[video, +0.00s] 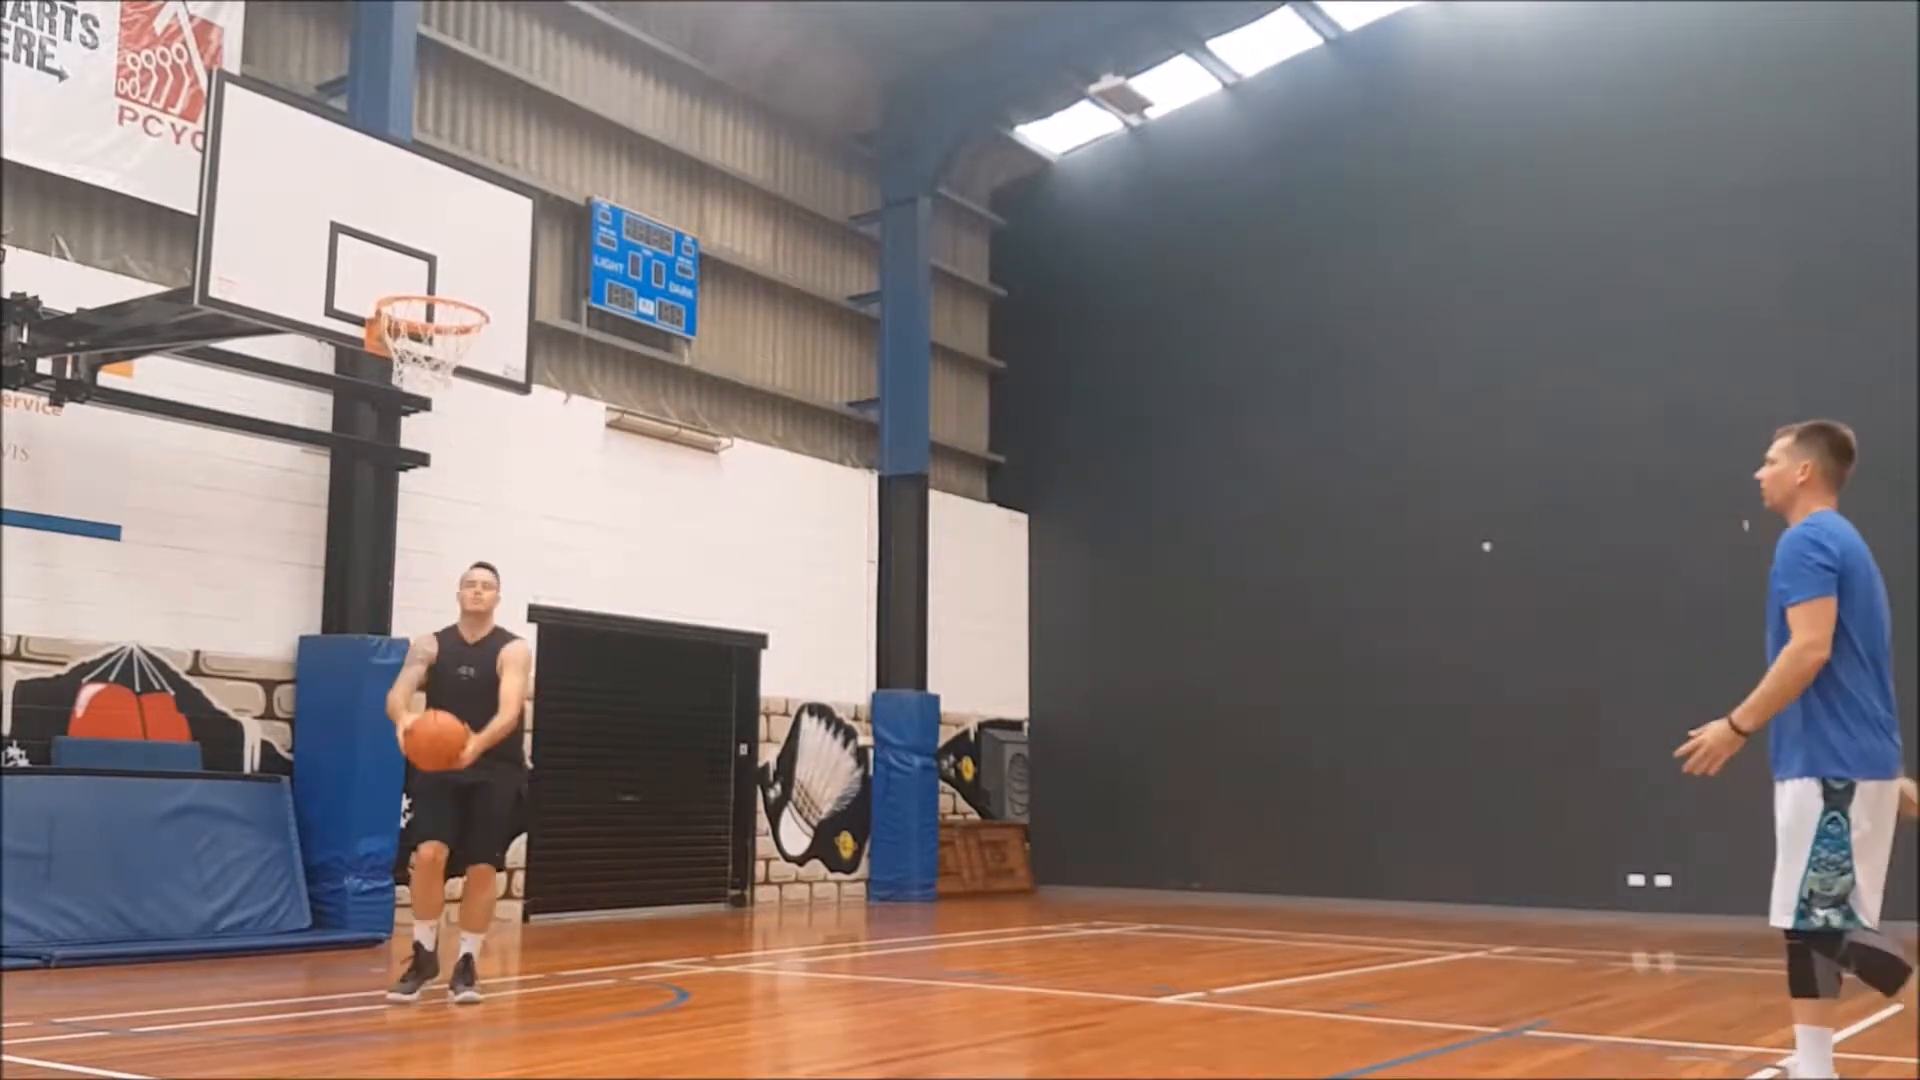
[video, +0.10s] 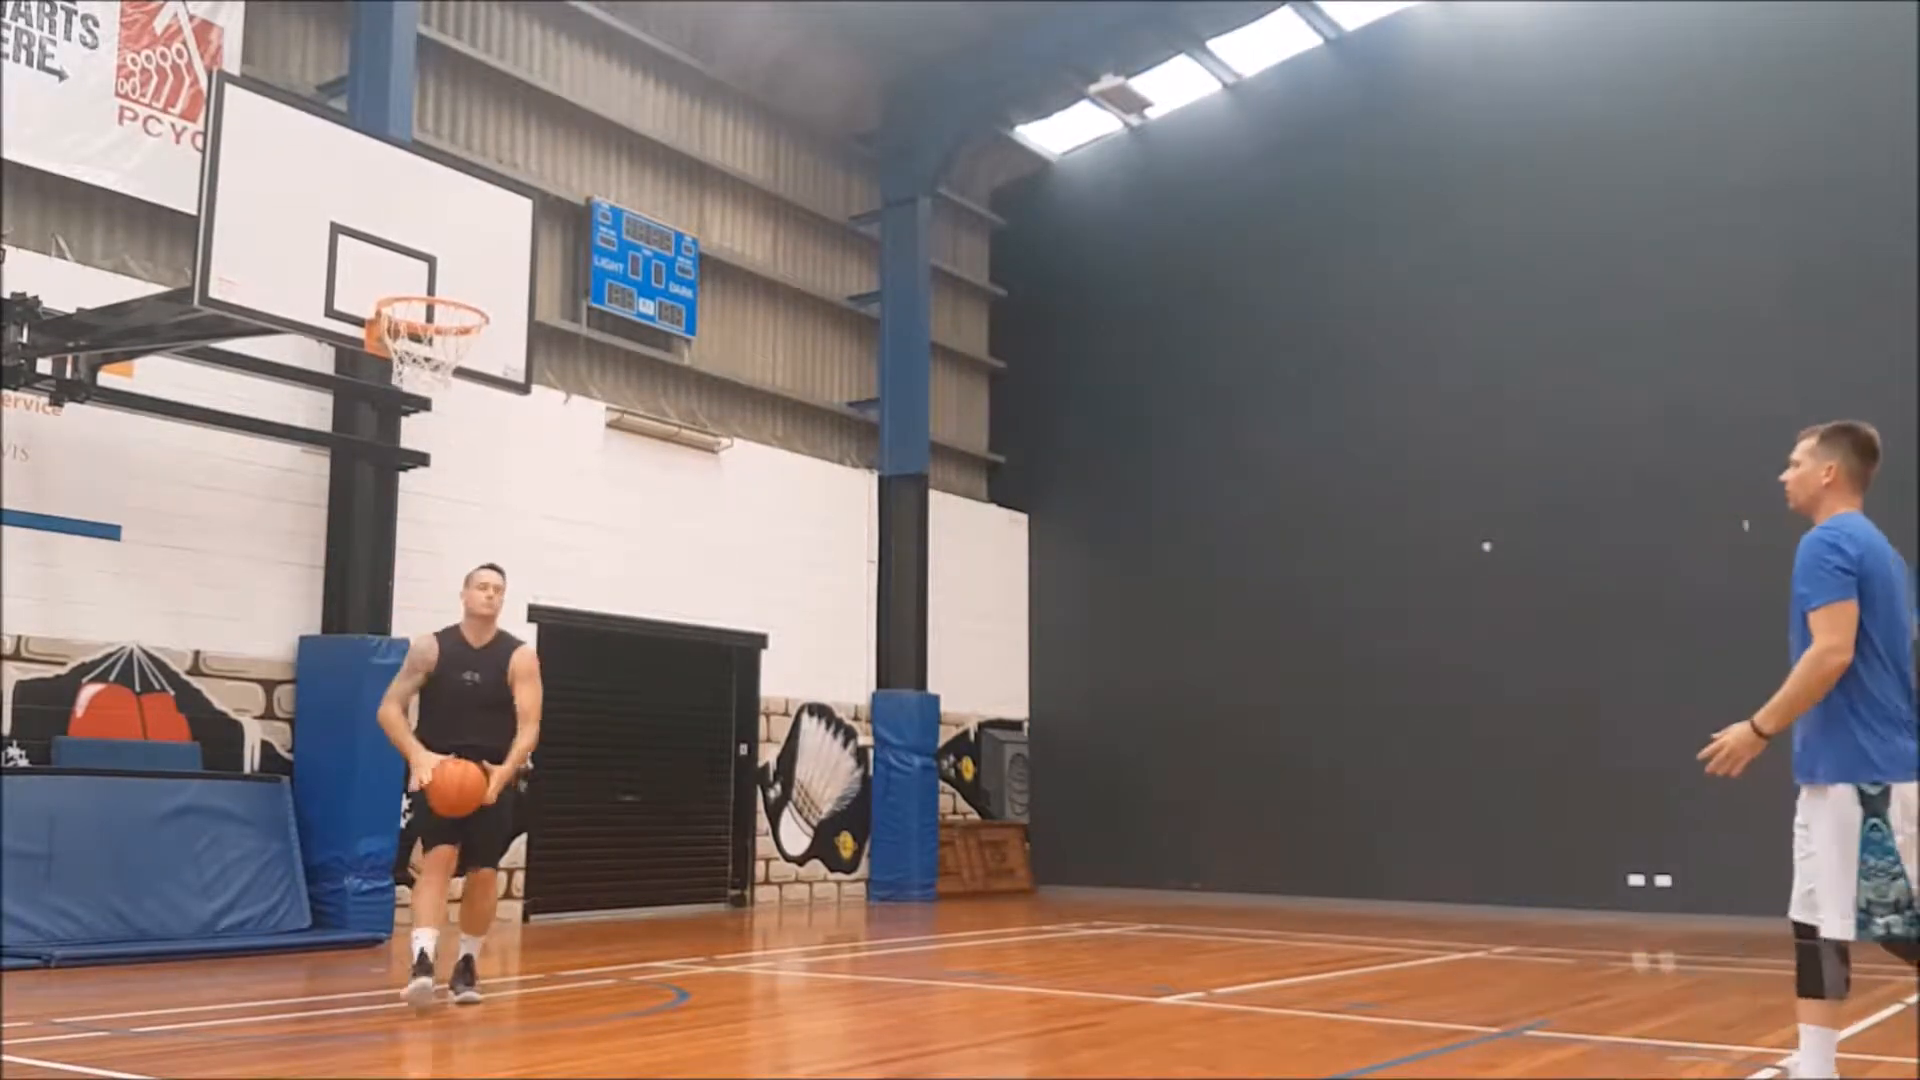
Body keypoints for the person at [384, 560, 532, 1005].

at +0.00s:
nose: (477, 593)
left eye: (486, 587)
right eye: (470, 586)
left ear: (498, 597)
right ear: (458, 593)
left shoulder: (513, 650)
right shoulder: (429, 645)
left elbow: (510, 712)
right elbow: (398, 695)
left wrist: (476, 744)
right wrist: (404, 720)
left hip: (495, 768)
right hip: (437, 765)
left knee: (481, 864)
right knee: (429, 853)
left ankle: (466, 966)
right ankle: (423, 957)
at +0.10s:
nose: (489, 595)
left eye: (496, 590)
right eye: (481, 587)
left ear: (504, 600)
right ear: (464, 595)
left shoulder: (519, 656)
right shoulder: (430, 648)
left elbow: (529, 725)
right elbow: (389, 709)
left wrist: (505, 772)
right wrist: (416, 755)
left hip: (495, 774)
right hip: (436, 770)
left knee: (483, 870)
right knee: (440, 854)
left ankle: (467, 966)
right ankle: (423, 966)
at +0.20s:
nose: (499, 600)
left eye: (504, 595)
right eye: (489, 592)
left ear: (508, 605)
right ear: (467, 599)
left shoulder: (522, 660)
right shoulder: (436, 652)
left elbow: (546, 725)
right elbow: (386, 711)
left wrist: (530, 768)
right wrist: (438, 757)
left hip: (495, 779)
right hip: (438, 776)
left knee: (484, 876)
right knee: (444, 863)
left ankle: (465, 968)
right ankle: (434, 975)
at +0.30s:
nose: (498, 604)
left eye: (503, 598)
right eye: (489, 596)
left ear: (507, 607)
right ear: (464, 602)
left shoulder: (517, 662)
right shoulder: (439, 650)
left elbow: (559, 716)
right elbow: (421, 695)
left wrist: (560, 731)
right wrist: (479, 728)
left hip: (479, 780)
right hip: (429, 776)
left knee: (484, 880)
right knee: (451, 861)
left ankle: (464, 965)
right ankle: (436, 979)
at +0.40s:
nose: (492, 606)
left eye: (495, 599)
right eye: (482, 597)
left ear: (498, 606)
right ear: (456, 603)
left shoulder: (499, 660)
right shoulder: (436, 651)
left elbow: (537, 702)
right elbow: (483, 682)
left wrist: (582, 685)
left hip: (466, 787)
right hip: (420, 784)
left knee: (490, 876)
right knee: (462, 859)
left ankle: (455, 961)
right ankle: (439, 979)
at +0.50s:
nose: (483, 596)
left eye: (486, 589)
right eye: (473, 588)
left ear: (488, 597)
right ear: (447, 595)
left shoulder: (486, 649)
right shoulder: (433, 642)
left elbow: (524, 690)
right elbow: (490, 671)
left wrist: (552, 660)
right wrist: (557, 661)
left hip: (461, 783)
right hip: (419, 780)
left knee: (491, 876)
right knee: (463, 860)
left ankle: (428, 948)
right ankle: (442, 979)